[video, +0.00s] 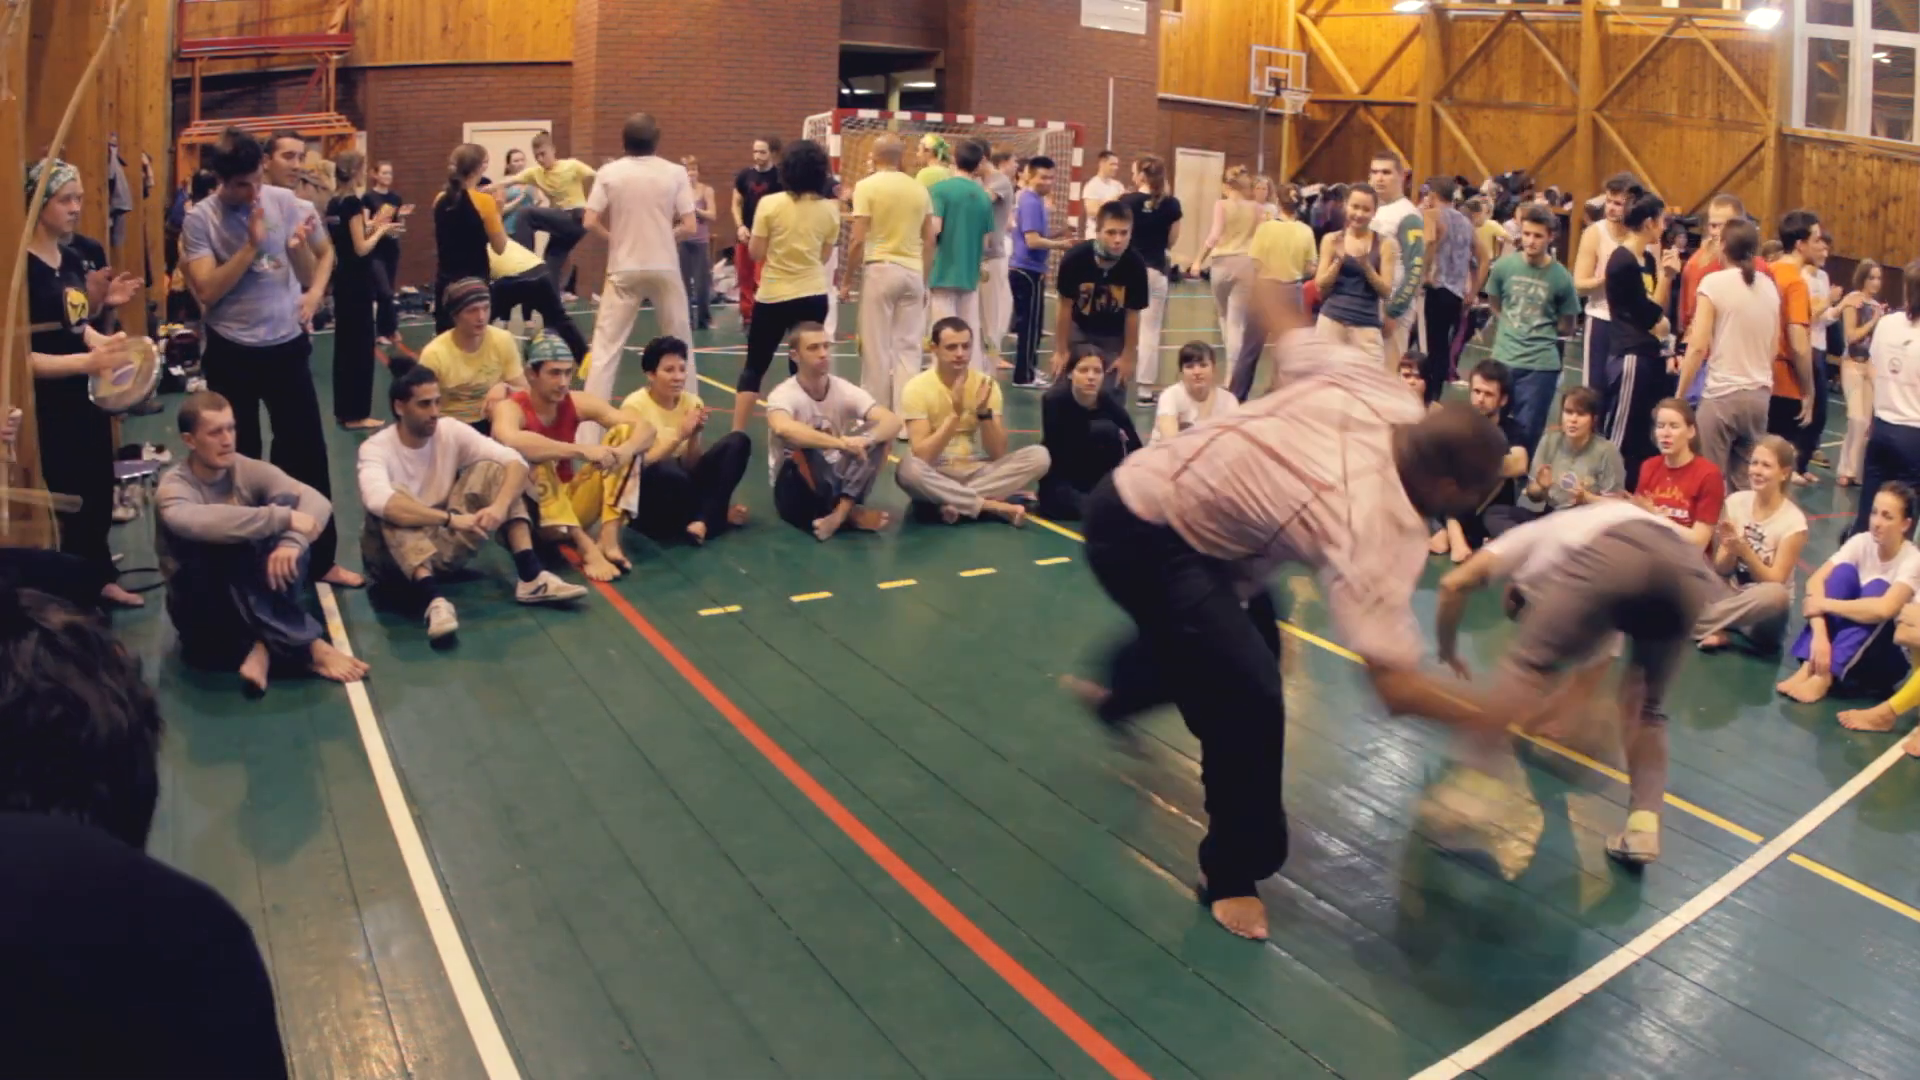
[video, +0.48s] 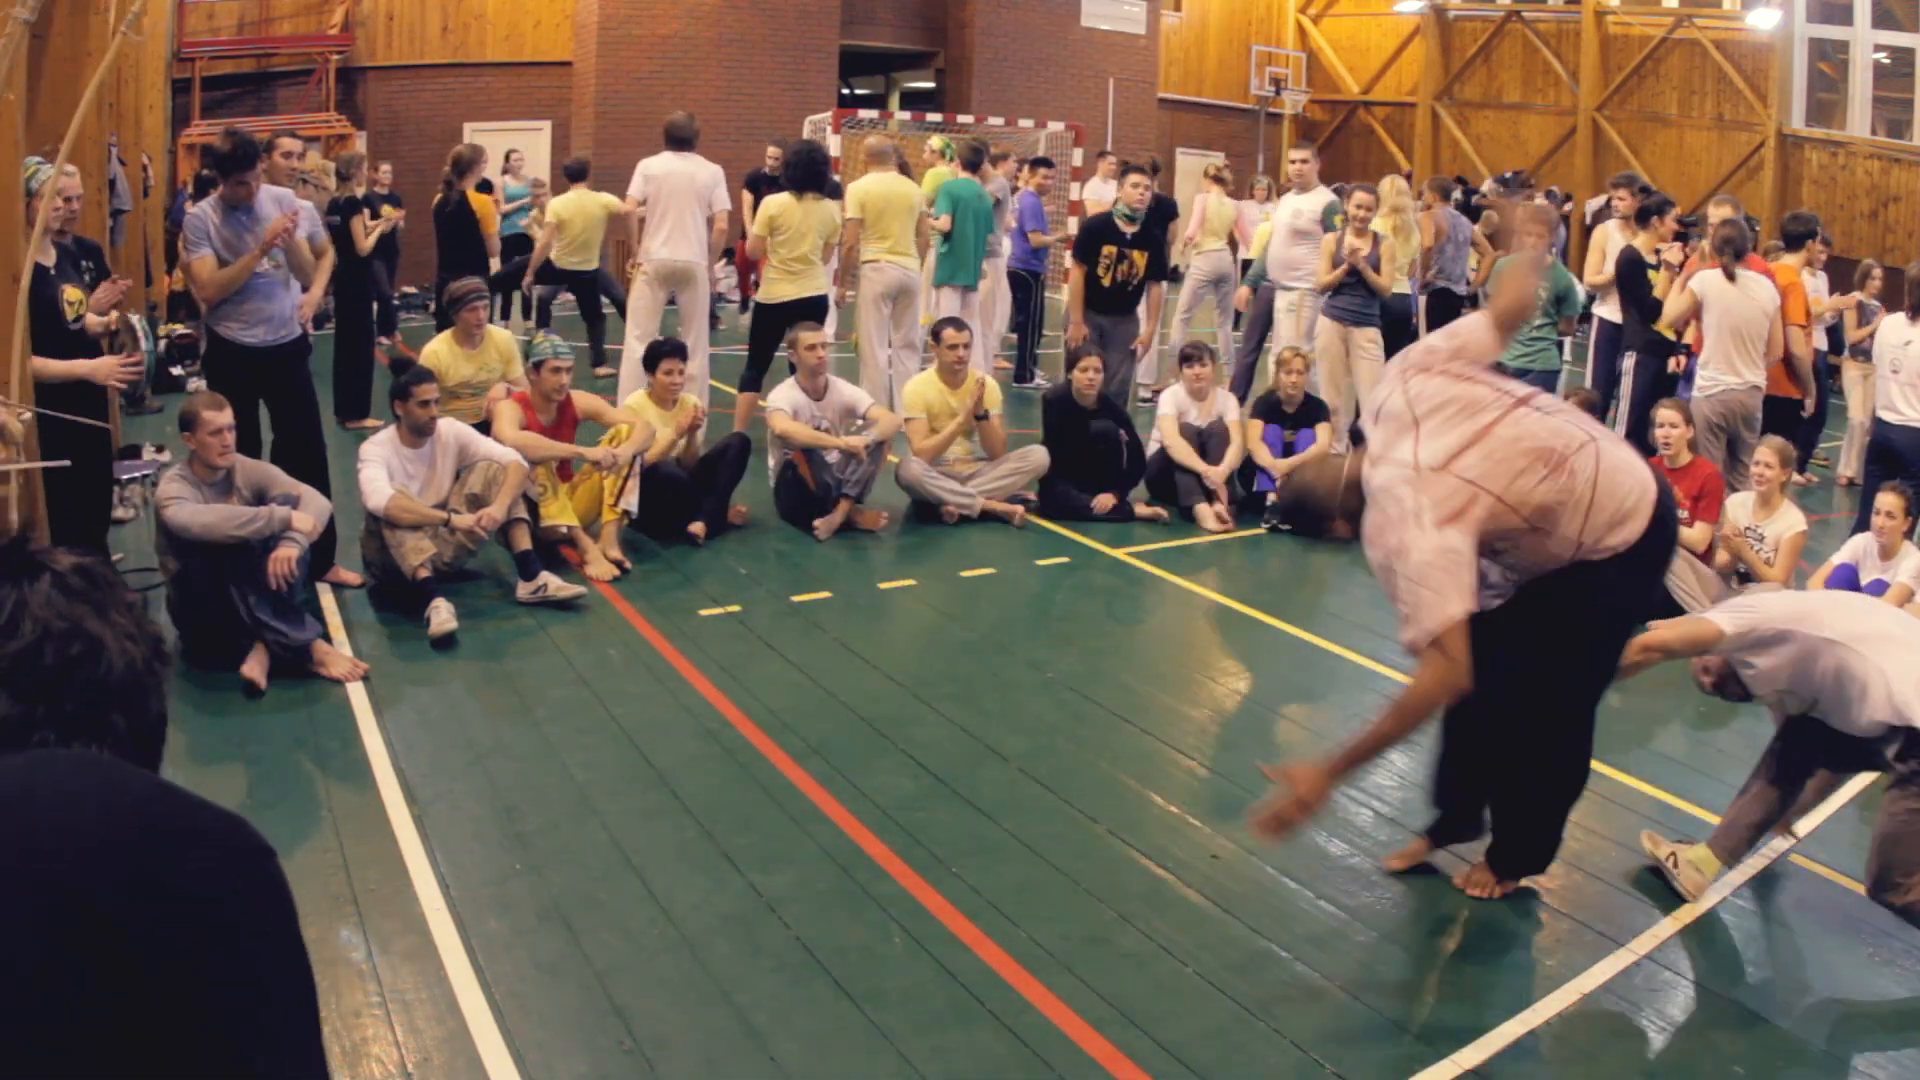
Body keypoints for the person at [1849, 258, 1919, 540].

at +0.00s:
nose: (1877, 282)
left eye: (1880, 277)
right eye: (1872, 277)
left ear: (1906, 289)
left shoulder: (1886, 323)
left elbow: (1872, 370)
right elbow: (1873, 371)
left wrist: (1875, 415)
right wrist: (1876, 415)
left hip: (1881, 426)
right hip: (1911, 432)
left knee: (1869, 504)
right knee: (1908, 513)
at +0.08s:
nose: (1877, 282)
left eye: (1880, 277)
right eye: (1872, 277)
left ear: (1906, 290)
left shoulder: (1886, 324)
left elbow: (1876, 364)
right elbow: (1877, 366)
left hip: (1882, 427)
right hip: (1911, 431)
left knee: (1869, 506)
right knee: (1908, 513)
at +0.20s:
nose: (1878, 282)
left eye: (1881, 278)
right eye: (1873, 277)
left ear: (1906, 289)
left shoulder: (1886, 324)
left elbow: (1875, 363)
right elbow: (1876, 366)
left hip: (1882, 426)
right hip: (1912, 431)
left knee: (1869, 505)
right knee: (1909, 512)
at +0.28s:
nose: (1878, 283)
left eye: (1881, 277)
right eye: (1873, 277)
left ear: (1907, 289)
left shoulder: (1886, 324)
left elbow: (1876, 365)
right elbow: (1877, 368)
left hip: (1882, 426)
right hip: (1912, 431)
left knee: (1869, 505)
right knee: (1909, 514)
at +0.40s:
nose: (1878, 283)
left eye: (1881, 278)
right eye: (1873, 277)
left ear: (1907, 290)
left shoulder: (1887, 324)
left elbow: (1877, 367)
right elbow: (1878, 369)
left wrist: (1878, 412)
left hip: (1882, 426)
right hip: (1911, 431)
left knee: (1869, 505)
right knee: (1908, 512)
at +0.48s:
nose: (1879, 282)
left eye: (1881, 278)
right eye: (1873, 277)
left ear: (1907, 290)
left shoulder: (1887, 324)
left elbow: (1877, 368)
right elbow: (1878, 370)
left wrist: (1878, 412)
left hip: (1882, 426)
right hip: (1911, 431)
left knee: (1869, 505)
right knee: (1908, 514)